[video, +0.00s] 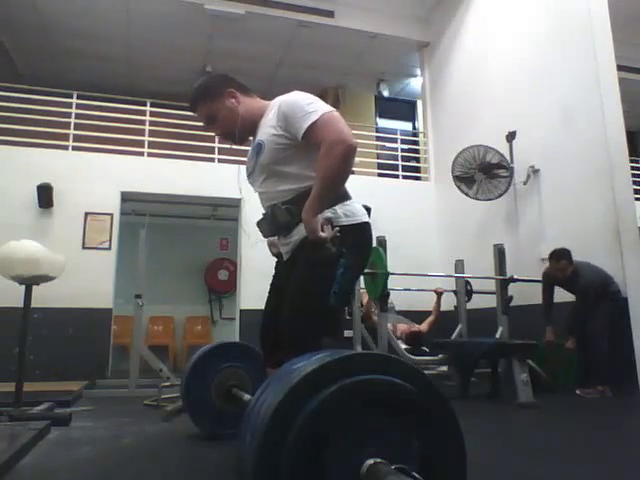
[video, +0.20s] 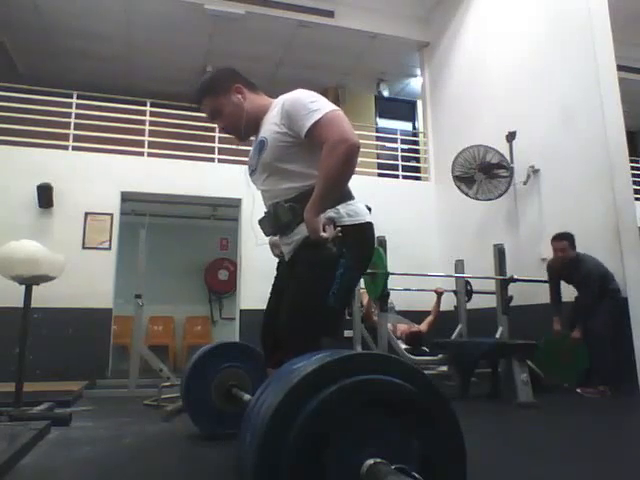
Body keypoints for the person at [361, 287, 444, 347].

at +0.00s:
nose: (414, 326)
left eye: (411, 330)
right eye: (416, 328)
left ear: (402, 337)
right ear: (417, 329)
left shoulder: (386, 332)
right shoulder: (421, 330)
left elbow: (368, 318)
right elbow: (434, 316)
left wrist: (370, 298)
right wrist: (439, 297)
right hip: (390, 315)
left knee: (364, 294)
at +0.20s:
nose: (412, 326)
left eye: (410, 330)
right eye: (414, 328)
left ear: (401, 337)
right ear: (416, 328)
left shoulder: (385, 332)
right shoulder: (420, 331)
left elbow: (368, 318)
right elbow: (433, 316)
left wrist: (368, 297)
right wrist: (438, 297)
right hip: (390, 312)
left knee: (362, 292)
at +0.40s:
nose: (414, 327)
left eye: (412, 330)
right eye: (416, 329)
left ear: (402, 337)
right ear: (417, 329)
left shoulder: (386, 333)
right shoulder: (420, 331)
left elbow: (368, 319)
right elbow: (433, 316)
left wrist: (370, 299)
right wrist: (438, 298)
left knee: (364, 294)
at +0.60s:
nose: (413, 326)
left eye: (411, 330)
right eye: (415, 328)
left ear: (401, 337)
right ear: (416, 328)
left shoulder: (385, 333)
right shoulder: (420, 331)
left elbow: (368, 318)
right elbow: (434, 317)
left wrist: (370, 298)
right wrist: (439, 298)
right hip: (390, 313)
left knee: (363, 294)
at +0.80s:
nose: (412, 327)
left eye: (410, 331)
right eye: (414, 329)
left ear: (402, 338)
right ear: (416, 329)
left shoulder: (387, 333)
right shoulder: (420, 331)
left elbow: (368, 318)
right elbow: (432, 317)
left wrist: (373, 300)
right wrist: (436, 298)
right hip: (390, 314)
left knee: (364, 294)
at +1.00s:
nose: (412, 327)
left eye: (410, 330)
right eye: (414, 329)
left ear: (403, 338)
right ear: (417, 330)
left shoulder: (388, 334)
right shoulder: (421, 331)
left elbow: (367, 318)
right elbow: (431, 316)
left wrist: (376, 301)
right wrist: (435, 297)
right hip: (390, 314)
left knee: (363, 294)